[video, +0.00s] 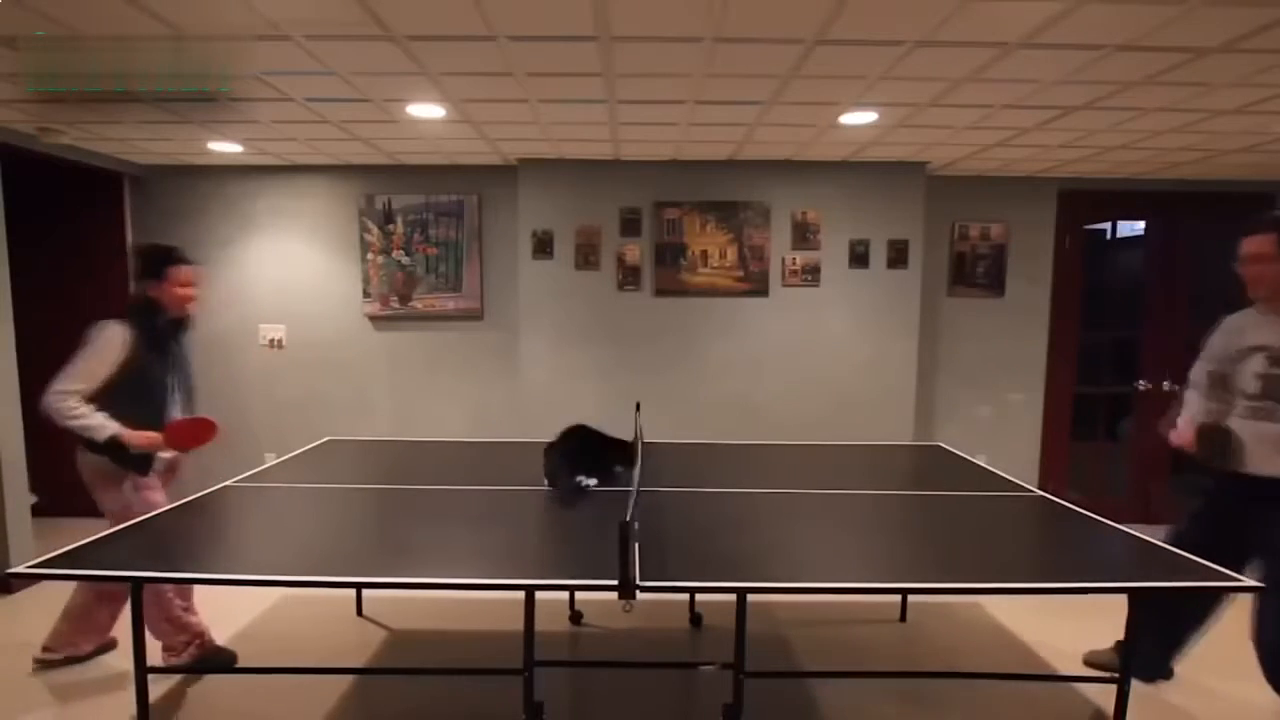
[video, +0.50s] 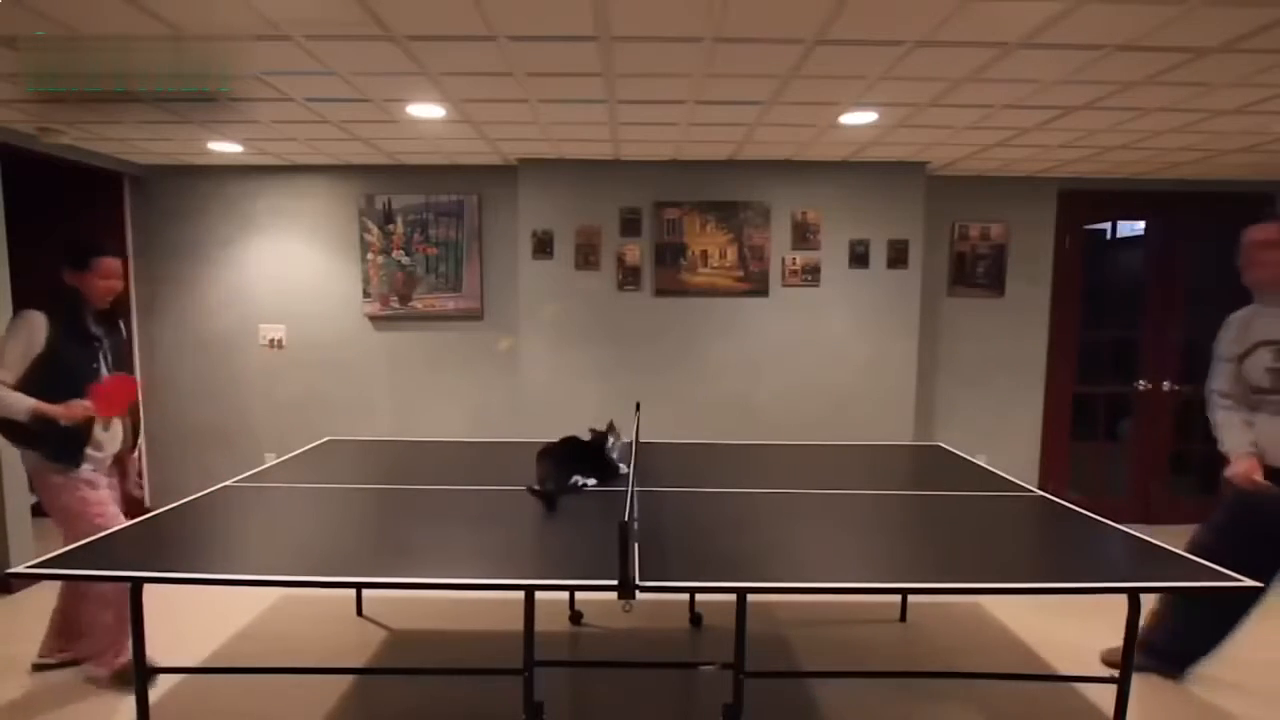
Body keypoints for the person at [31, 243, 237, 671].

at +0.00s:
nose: (191, 294)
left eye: (193, 285)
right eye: (183, 284)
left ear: (185, 288)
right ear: (154, 288)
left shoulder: (171, 337)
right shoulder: (119, 334)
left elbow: (175, 398)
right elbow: (58, 399)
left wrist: (178, 441)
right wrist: (124, 434)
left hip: (149, 459)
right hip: (111, 461)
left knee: (126, 550)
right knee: (161, 544)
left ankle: (71, 641)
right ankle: (185, 644)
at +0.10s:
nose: (159, 293)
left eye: (161, 284)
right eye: (150, 284)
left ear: (161, 288)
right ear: (124, 287)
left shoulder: (145, 336)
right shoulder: (87, 335)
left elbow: (146, 404)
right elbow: (36, 403)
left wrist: (163, 431)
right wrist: (102, 433)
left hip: (139, 460)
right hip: (93, 465)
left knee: (113, 551)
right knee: (141, 549)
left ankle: (69, 642)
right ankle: (182, 646)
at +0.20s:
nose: (130, 288)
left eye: (134, 280)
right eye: (121, 279)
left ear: (138, 287)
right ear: (96, 283)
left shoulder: (122, 332)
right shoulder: (59, 331)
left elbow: (124, 396)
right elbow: (17, 402)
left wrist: (146, 420)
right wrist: (87, 427)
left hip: (115, 456)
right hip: (73, 461)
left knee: (94, 548)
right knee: (123, 545)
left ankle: (68, 640)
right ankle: (163, 648)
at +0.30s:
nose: (113, 283)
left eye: (117, 275)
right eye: (104, 274)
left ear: (121, 281)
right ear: (76, 277)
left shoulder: (106, 330)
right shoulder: (43, 326)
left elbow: (114, 393)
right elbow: (10, 401)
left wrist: (129, 423)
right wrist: (80, 421)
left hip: (102, 454)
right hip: (64, 458)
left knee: (85, 547)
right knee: (119, 539)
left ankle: (61, 643)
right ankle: (114, 652)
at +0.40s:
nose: (110, 283)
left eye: (114, 274)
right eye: (101, 273)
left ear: (117, 279)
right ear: (72, 274)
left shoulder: (101, 329)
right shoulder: (40, 323)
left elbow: (108, 394)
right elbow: (4, 395)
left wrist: (125, 422)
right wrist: (68, 416)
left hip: (98, 454)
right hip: (62, 459)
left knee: (85, 548)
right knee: (113, 542)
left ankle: (61, 642)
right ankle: (104, 654)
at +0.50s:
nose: (115, 287)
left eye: (119, 278)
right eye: (106, 278)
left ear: (121, 281)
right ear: (74, 277)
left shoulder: (108, 329)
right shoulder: (39, 323)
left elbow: (120, 400)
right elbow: (2, 388)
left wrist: (131, 460)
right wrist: (52, 410)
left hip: (104, 462)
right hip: (60, 465)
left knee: (93, 551)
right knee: (118, 546)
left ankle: (61, 644)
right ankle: (117, 659)